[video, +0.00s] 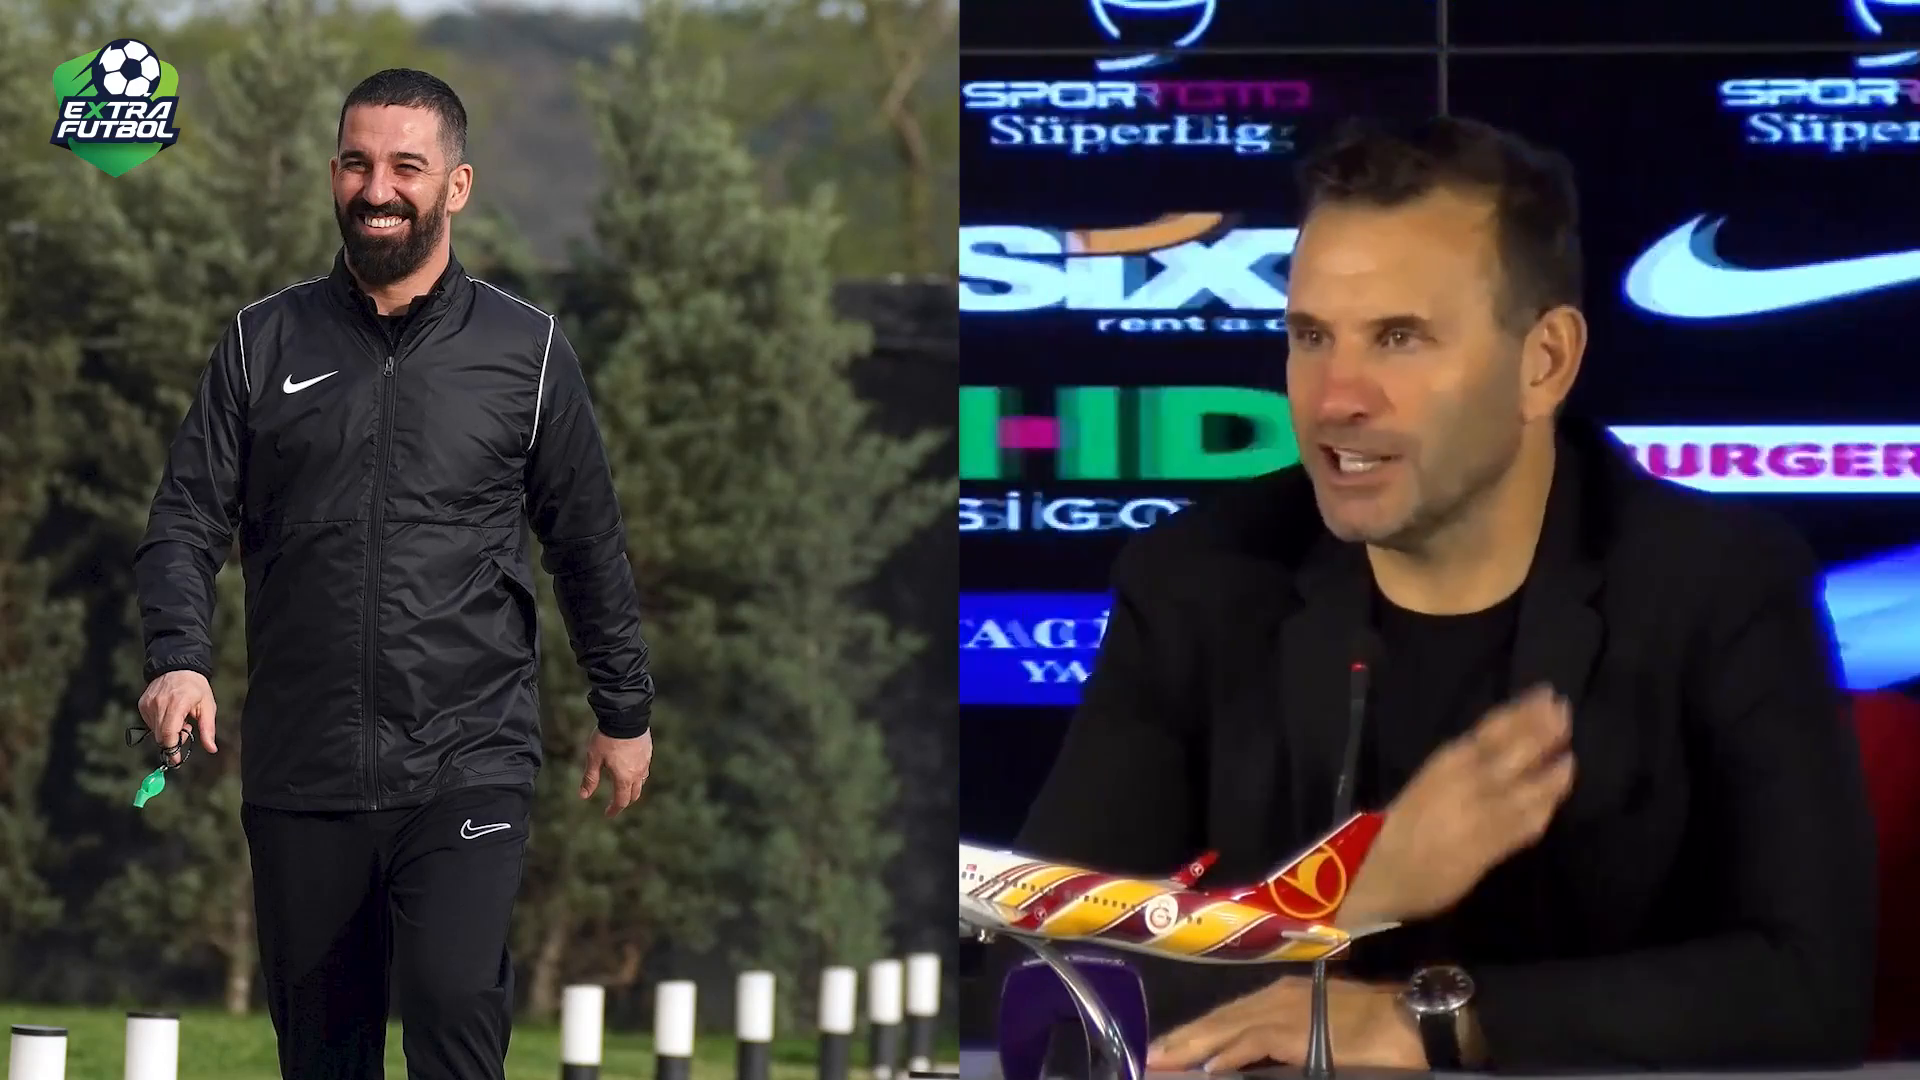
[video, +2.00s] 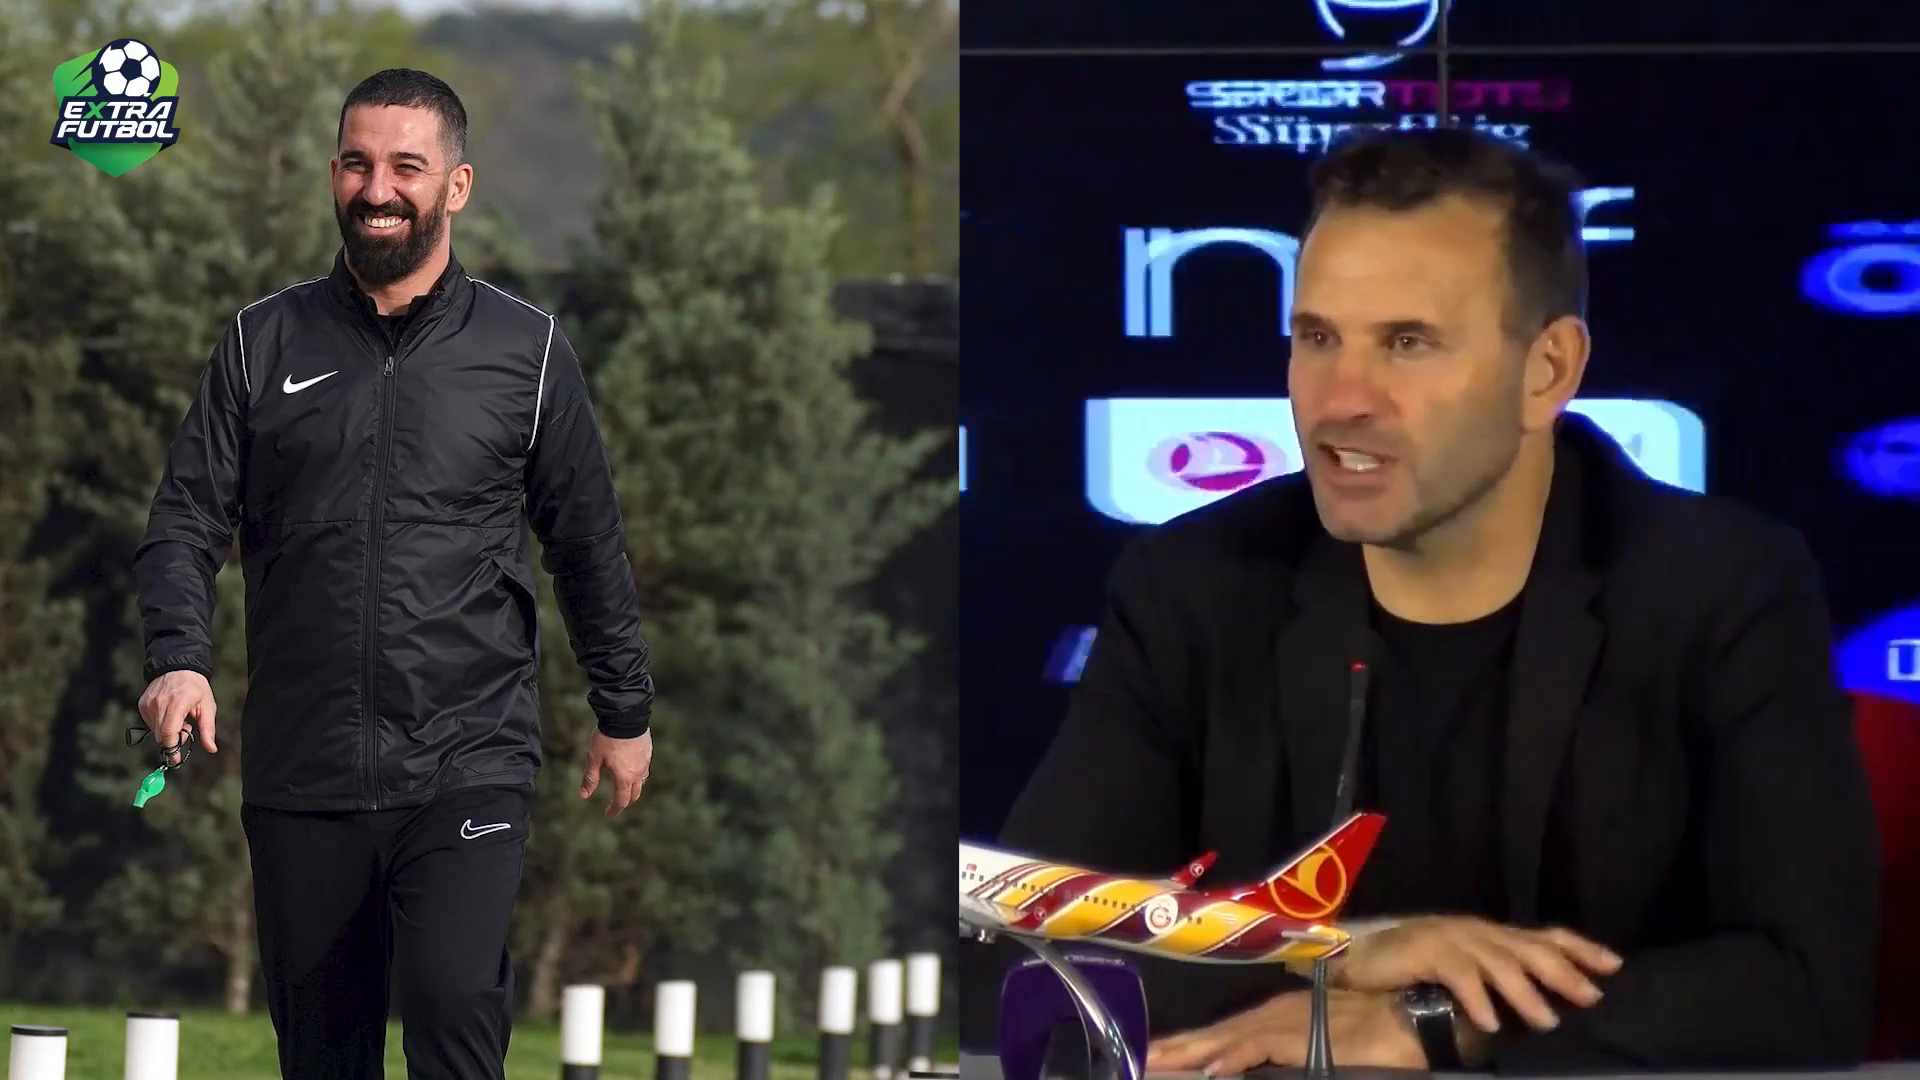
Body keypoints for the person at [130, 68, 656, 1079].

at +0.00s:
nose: (376, 187)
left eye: (405, 164)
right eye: (356, 162)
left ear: (458, 185)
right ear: (334, 176)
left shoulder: (529, 349)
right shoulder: (260, 343)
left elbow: (589, 540)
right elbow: (187, 513)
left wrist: (623, 708)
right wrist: (178, 658)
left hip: (472, 753)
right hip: (302, 755)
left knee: (455, 1018)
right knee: (320, 1042)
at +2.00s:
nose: (376, 187)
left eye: (405, 164)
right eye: (356, 162)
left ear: (458, 185)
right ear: (334, 176)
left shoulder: (529, 349)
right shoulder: (259, 343)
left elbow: (588, 540)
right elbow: (187, 513)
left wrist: (623, 709)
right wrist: (178, 658)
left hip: (472, 752)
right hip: (302, 755)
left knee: (455, 1018)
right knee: (320, 1042)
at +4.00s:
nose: (375, 187)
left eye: (405, 164)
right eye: (356, 162)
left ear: (458, 185)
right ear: (334, 177)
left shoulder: (530, 350)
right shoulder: (259, 342)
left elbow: (588, 541)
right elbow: (187, 513)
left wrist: (623, 708)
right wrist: (177, 658)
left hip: (472, 752)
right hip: (301, 755)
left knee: (455, 1018)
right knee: (320, 1043)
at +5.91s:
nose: (375, 186)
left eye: (405, 164)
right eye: (356, 162)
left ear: (458, 186)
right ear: (334, 177)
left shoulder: (530, 350)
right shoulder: (259, 343)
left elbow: (589, 542)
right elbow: (186, 513)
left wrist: (623, 708)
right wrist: (178, 658)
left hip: (472, 750)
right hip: (302, 753)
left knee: (454, 1017)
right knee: (320, 1041)